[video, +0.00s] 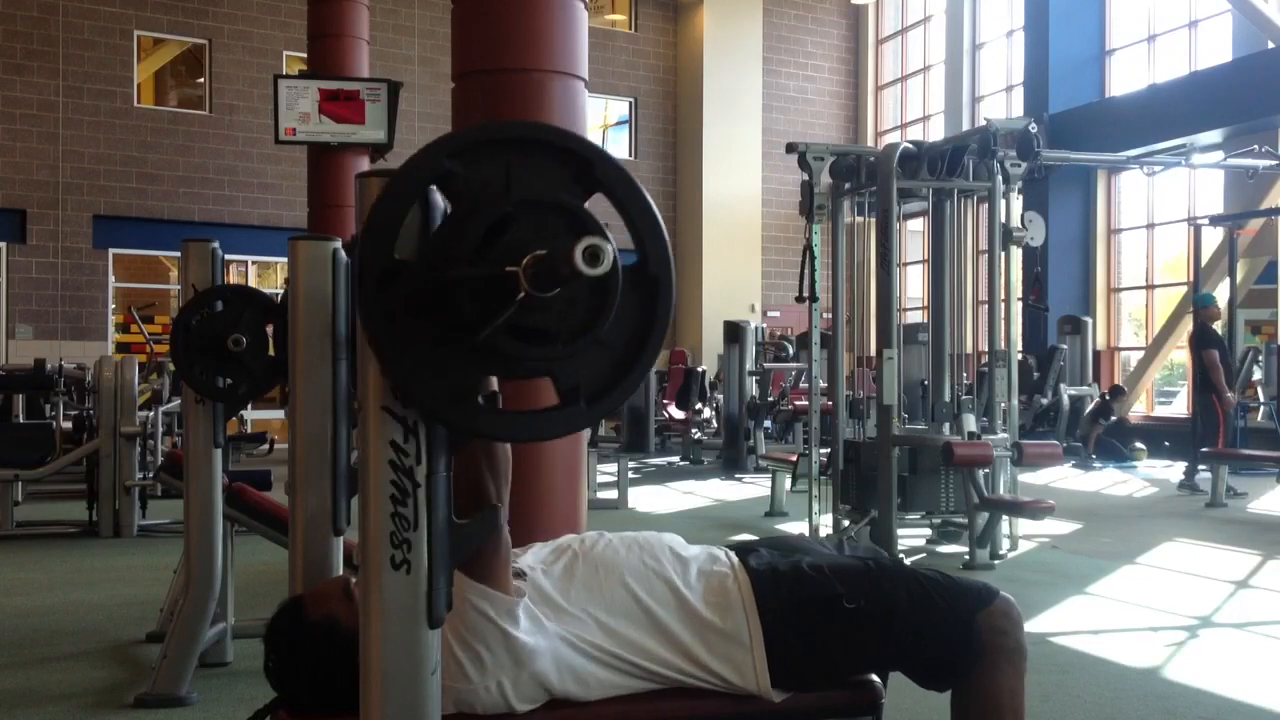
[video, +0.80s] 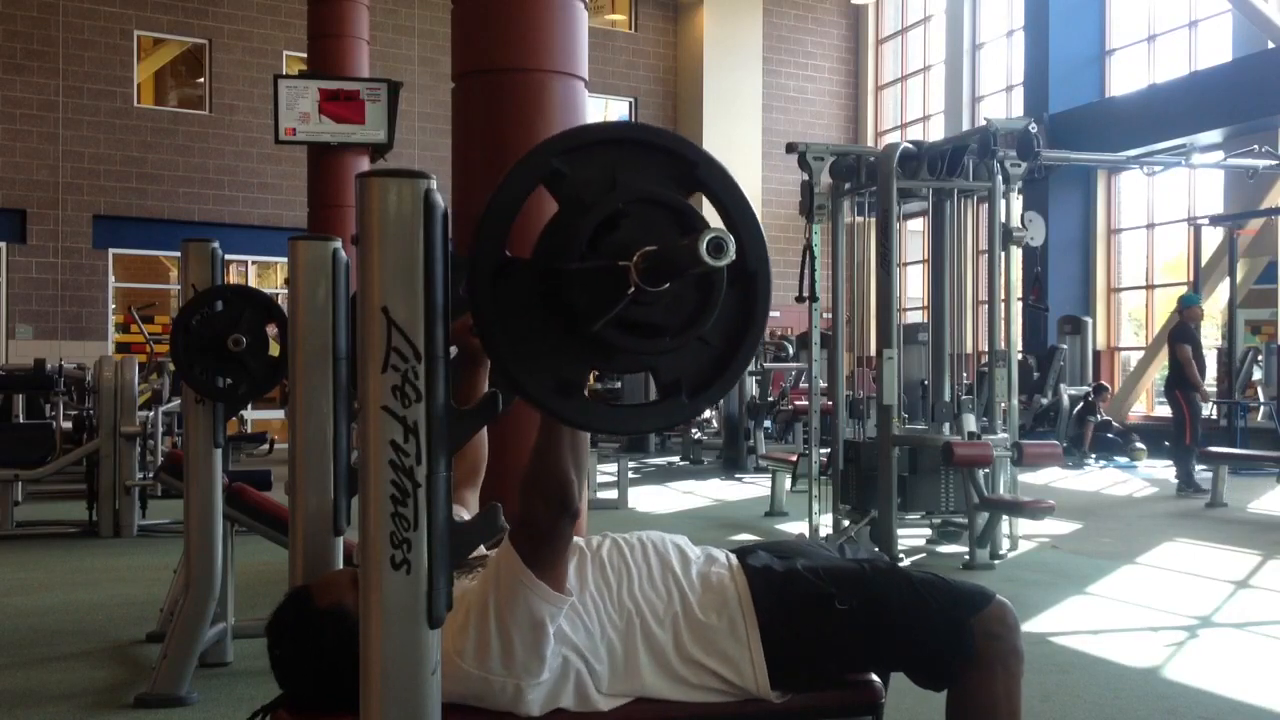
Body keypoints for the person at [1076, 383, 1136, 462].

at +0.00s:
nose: (1125, 399)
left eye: (1125, 396)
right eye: (1124, 396)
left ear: (1111, 393)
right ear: (1118, 397)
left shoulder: (1101, 401)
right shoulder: (1107, 408)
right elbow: (1094, 431)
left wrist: (1118, 420)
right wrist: (1089, 452)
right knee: (1122, 456)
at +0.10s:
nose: (1117, 398)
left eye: (1117, 395)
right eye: (1116, 395)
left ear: (1104, 392)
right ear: (1111, 395)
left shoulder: (1095, 401)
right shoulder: (1101, 407)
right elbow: (1092, 432)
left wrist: (1116, 419)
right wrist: (1089, 452)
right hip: (1086, 439)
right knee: (1121, 455)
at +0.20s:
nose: (1112, 397)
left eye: (1112, 394)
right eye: (1111, 394)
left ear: (1100, 392)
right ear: (1106, 395)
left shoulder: (1091, 402)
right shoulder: (1096, 408)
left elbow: (1100, 420)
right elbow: (1091, 433)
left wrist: (1114, 417)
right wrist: (1089, 453)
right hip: (1084, 439)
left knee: (1110, 443)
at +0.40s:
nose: (1109, 395)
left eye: (1108, 393)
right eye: (1107, 393)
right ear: (1101, 393)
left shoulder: (1089, 401)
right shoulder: (1092, 404)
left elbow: (1098, 418)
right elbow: (1090, 430)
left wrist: (1111, 416)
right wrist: (1088, 451)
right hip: (1083, 438)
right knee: (1118, 447)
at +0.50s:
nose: (1109, 396)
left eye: (1109, 393)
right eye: (1108, 393)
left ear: (1098, 393)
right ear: (1101, 393)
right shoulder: (1092, 406)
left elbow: (1097, 420)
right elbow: (1089, 431)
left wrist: (1111, 417)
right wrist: (1087, 451)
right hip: (1081, 439)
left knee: (1111, 423)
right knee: (1120, 447)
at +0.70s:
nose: (1109, 397)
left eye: (1109, 394)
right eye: (1107, 394)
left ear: (1098, 393)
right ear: (1101, 394)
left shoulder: (1092, 404)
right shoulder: (1092, 406)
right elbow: (1088, 430)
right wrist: (1085, 450)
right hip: (1079, 440)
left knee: (1108, 422)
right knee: (1115, 443)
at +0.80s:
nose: (1109, 396)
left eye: (1109, 394)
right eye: (1107, 394)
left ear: (1099, 393)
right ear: (1101, 393)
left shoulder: (1095, 405)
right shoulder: (1092, 406)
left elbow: (1107, 422)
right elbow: (1088, 429)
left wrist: (1124, 431)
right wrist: (1085, 450)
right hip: (1079, 441)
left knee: (1107, 423)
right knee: (1113, 442)